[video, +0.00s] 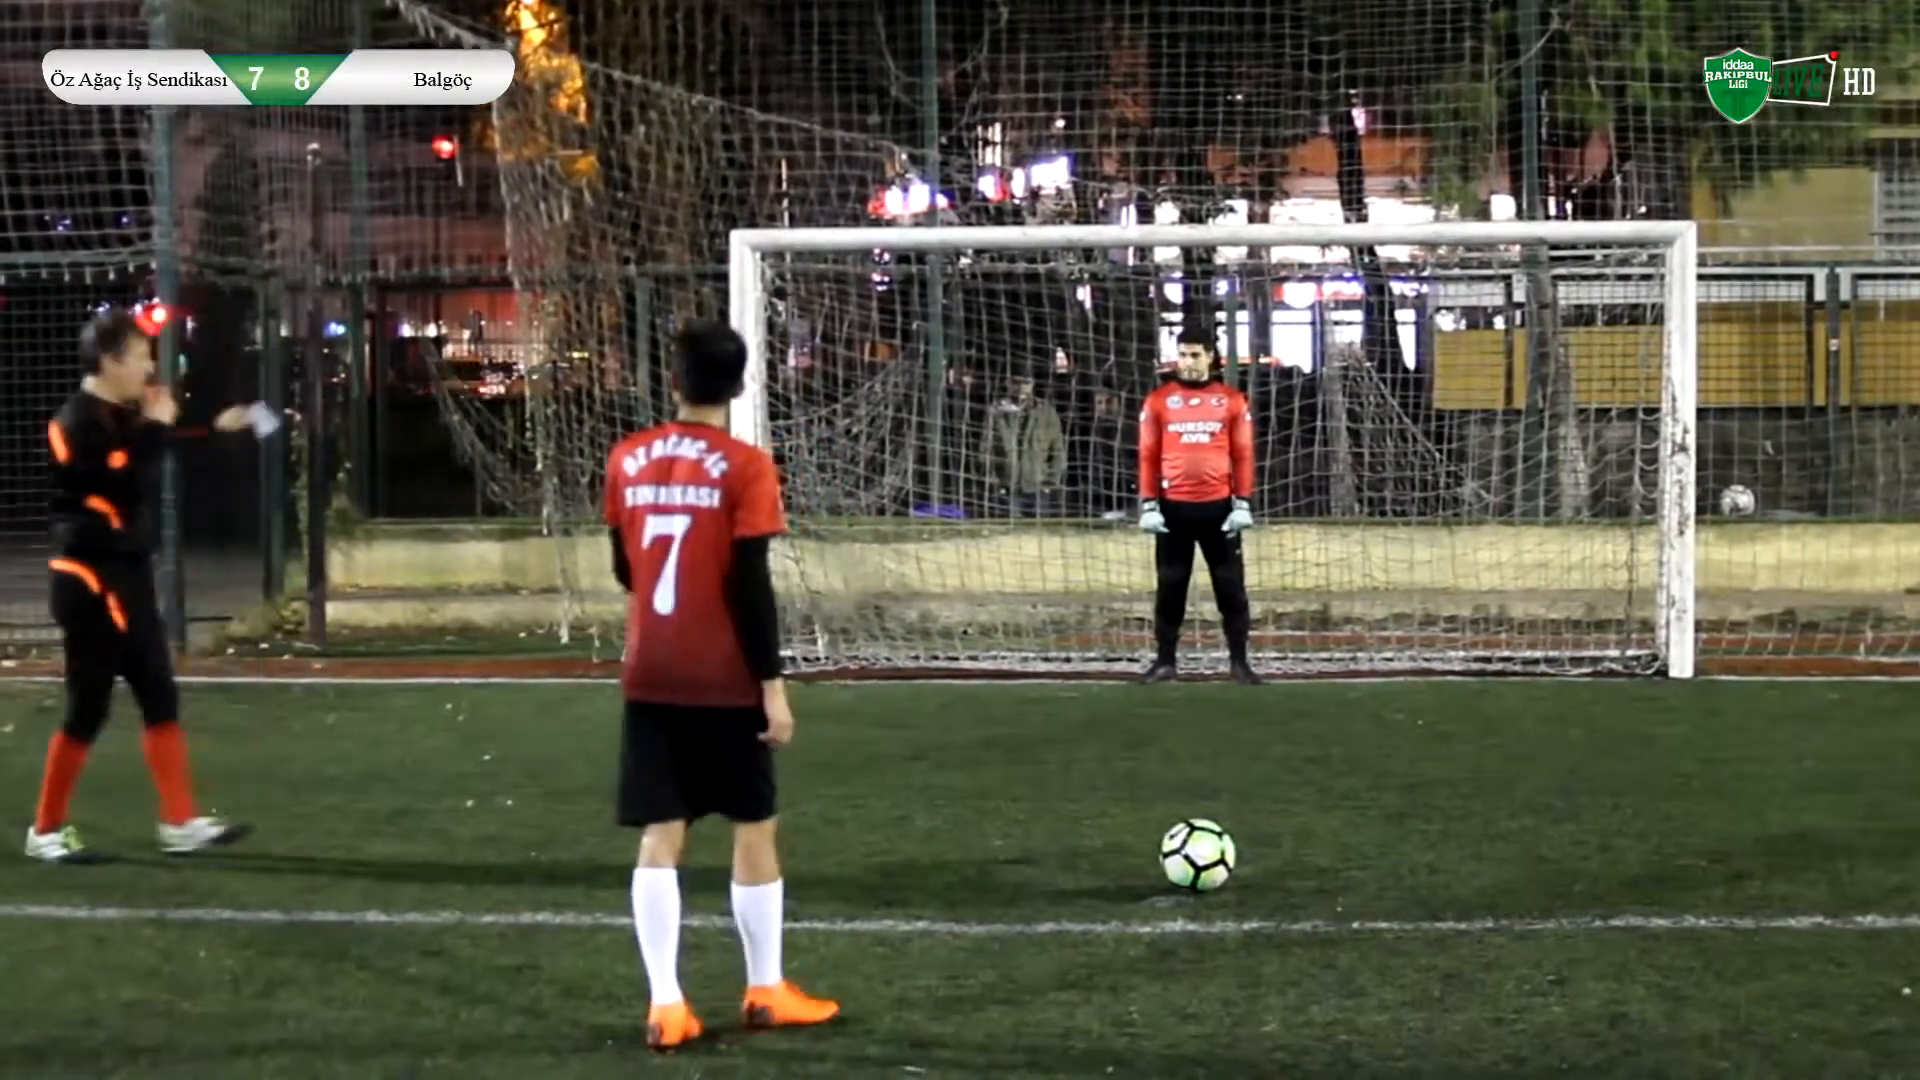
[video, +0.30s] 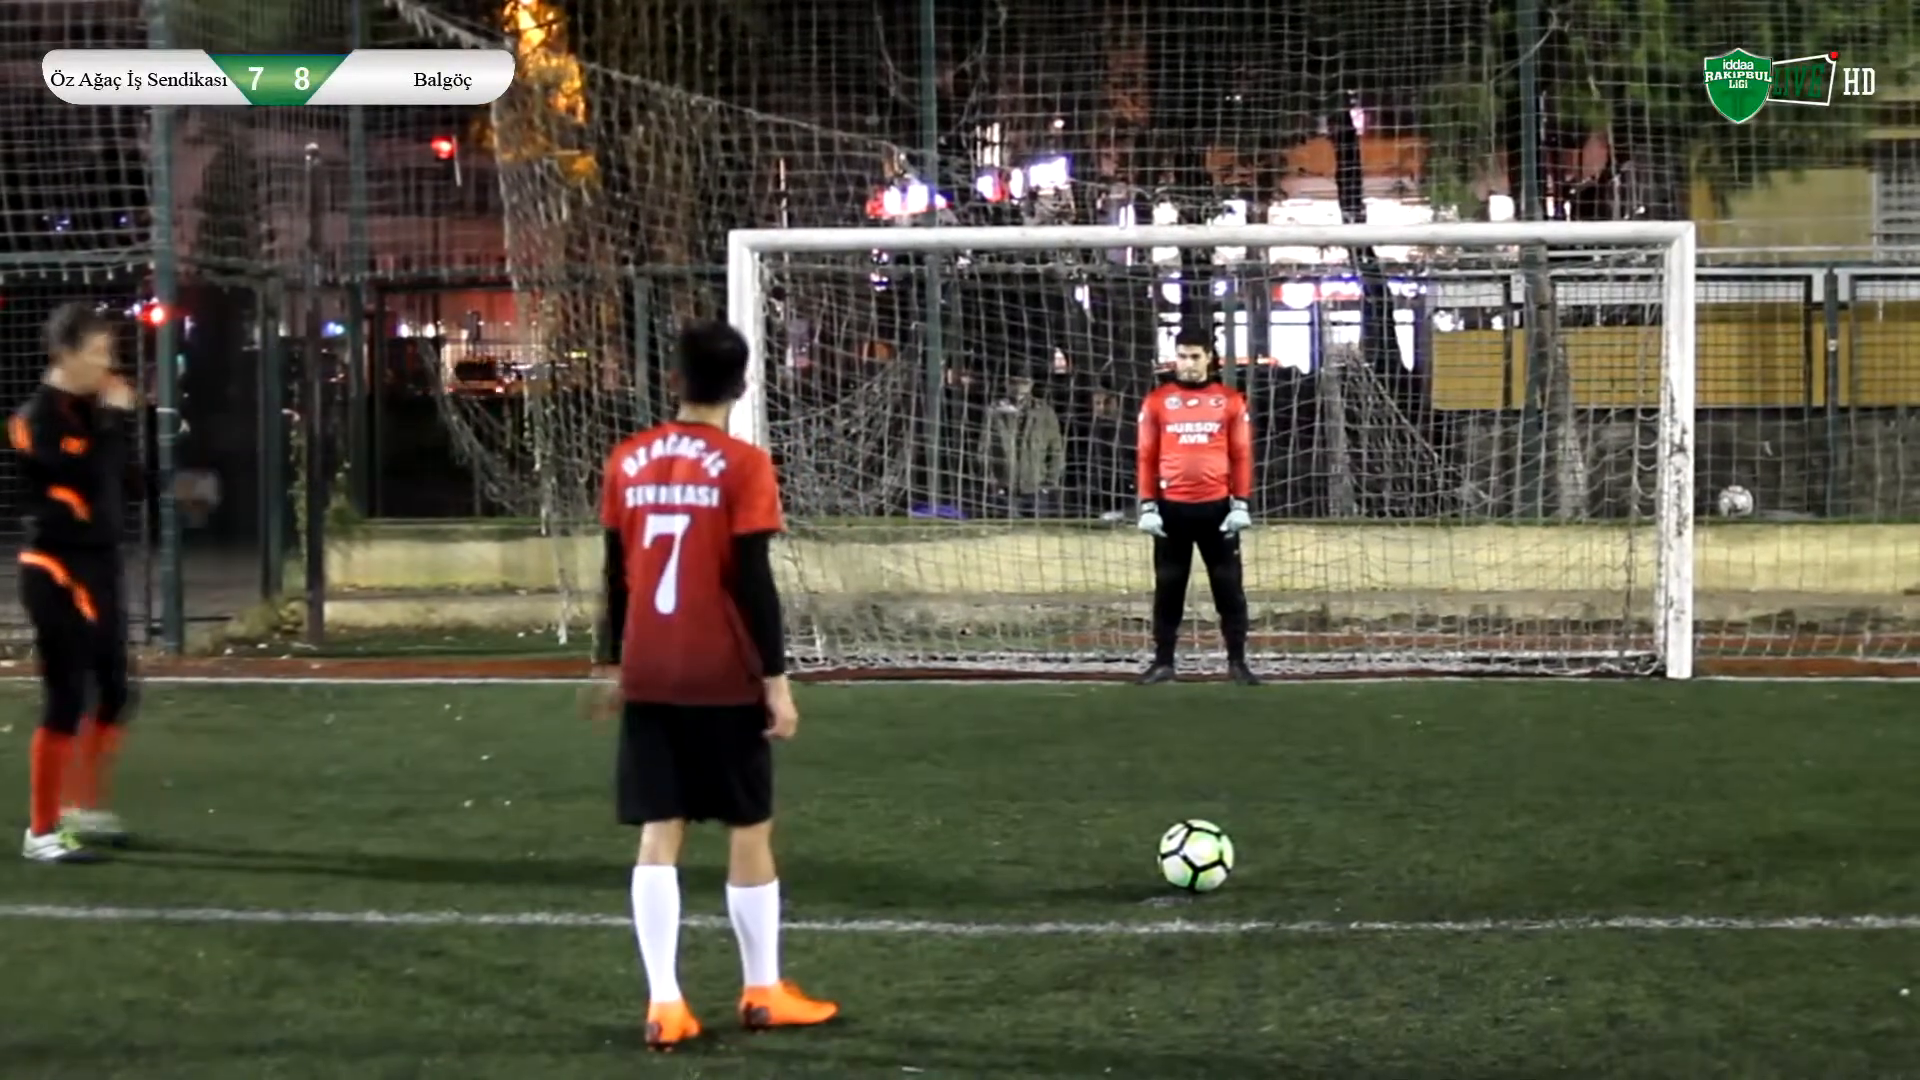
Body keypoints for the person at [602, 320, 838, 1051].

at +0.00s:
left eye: (697, 371)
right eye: (735, 379)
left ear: (677, 380)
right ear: (740, 385)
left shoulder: (628, 457)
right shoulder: (749, 465)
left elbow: (628, 571)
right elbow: (750, 582)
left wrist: (692, 592)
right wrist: (771, 680)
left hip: (650, 678)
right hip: (728, 679)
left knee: (661, 830)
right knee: (756, 825)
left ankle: (665, 1001)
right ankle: (768, 986)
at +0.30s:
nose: (729, 387)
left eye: (691, 372)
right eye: (738, 378)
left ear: (677, 380)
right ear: (741, 385)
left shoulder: (627, 459)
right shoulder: (747, 464)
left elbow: (617, 576)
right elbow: (752, 574)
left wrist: (611, 659)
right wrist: (776, 674)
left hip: (648, 677)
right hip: (727, 679)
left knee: (660, 828)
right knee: (751, 826)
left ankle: (663, 999)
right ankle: (764, 986)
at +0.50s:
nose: (744, 394)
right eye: (749, 384)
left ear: (679, 385)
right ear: (744, 389)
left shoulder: (631, 461)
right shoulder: (748, 465)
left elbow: (594, 567)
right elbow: (752, 572)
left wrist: (574, 661)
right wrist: (779, 674)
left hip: (650, 681)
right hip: (729, 681)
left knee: (660, 830)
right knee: (752, 830)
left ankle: (663, 1003)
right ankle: (764, 988)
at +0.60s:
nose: (751, 395)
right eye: (754, 385)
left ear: (683, 385)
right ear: (748, 391)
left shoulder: (634, 460)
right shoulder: (751, 467)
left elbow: (589, 565)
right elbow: (756, 575)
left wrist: (569, 659)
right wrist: (781, 675)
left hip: (650, 681)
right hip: (731, 681)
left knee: (661, 831)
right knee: (754, 829)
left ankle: (663, 1003)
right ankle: (764, 988)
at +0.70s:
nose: (756, 396)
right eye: (758, 387)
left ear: (687, 385)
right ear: (750, 392)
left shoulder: (636, 460)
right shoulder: (753, 468)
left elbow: (590, 565)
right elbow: (756, 575)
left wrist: (568, 658)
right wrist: (780, 677)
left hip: (650, 682)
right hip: (730, 682)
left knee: (660, 831)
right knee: (754, 829)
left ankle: (662, 1004)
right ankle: (764, 988)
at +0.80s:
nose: (761, 399)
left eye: (752, 386)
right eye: (762, 390)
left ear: (691, 387)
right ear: (755, 395)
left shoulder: (637, 460)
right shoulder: (757, 468)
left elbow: (596, 568)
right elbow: (758, 577)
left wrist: (572, 661)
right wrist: (780, 679)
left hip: (649, 682)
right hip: (729, 682)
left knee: (660, 831)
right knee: (754, 830)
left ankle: (662, 1005)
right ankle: (764, 988)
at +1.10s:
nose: (780, 405)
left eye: (779, 395)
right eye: (779, 395)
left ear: (709, 390)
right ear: (769, 398)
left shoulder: (644, 462)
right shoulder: (766, 471)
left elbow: (623, 576)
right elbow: (764, 582)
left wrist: (632, 662)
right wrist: (780, 679)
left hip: (649, 676)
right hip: (728, 680)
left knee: (660, 829)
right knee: (755, 827)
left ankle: (662, 1004)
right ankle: (764, 988)